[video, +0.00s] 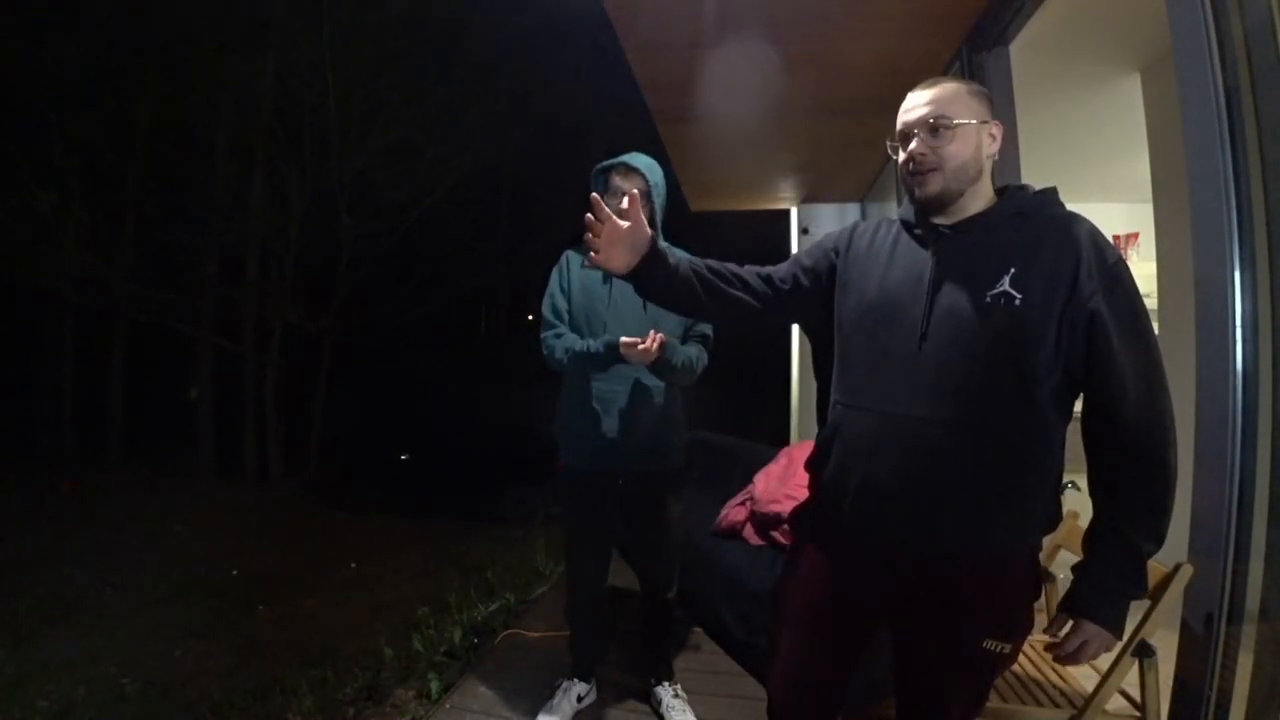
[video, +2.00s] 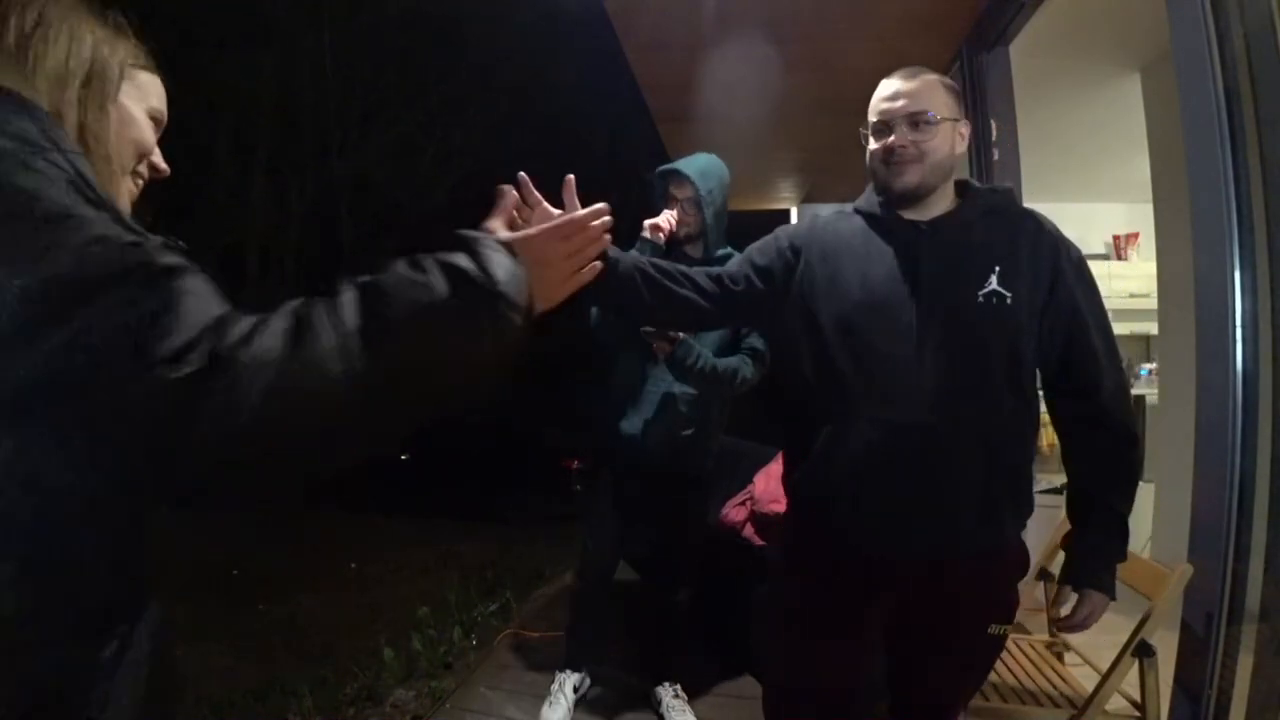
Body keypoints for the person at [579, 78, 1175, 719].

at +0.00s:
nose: (909, 150)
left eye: (933, 130)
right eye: (901, 140)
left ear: (993, 138)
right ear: (893, 156)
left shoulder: (1066, 247)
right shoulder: (857, 246)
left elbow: (1134, 427)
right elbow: (758, 292)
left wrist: (1106, 588)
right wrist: (650, 260)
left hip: (975, 559)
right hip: (841, 544)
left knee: (937, 709)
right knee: (799, 701)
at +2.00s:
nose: (891, 136)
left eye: (914, 121)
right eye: (878, 126)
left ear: (964, 135)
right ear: (864, 149)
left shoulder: (1028, 246)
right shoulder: (811, 240)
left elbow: (1098, 410)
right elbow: (706, 292)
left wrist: (1094, 556)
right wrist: (582, 256)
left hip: (968, 564)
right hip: (830, 557)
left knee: (924, 708)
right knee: (812, 707)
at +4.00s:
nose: (912, 132)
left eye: (930, 122)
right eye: (894, 126)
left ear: (957, 153)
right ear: (869, 158)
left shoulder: (1018, 255)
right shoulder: (821, 249)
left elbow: (1081, 419)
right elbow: (740, 344)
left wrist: (1063, 569)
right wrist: (673, 419)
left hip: (951, 542)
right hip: (821, 532)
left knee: (916, 703)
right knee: (813, 699)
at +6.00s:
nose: (884, 94)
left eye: (904, 81)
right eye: (859, 81)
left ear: (930, 117)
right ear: (820, 125)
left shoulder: (1013, 226)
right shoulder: (758, 249)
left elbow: (1071, 419)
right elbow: (703, 429)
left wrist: (975, 585)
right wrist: (741, 574)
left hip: (944, 615)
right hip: (793, 613)